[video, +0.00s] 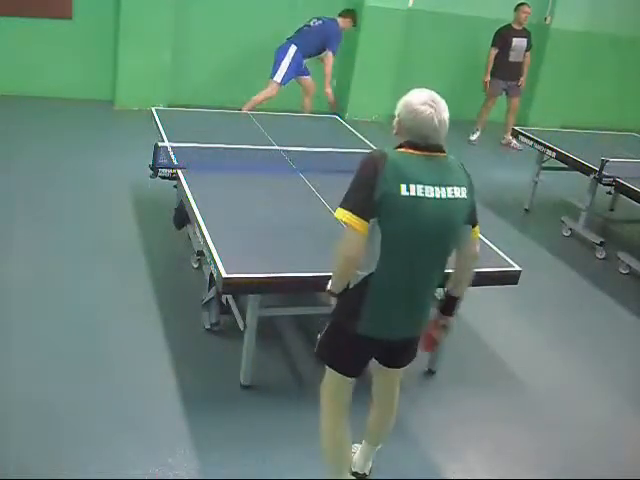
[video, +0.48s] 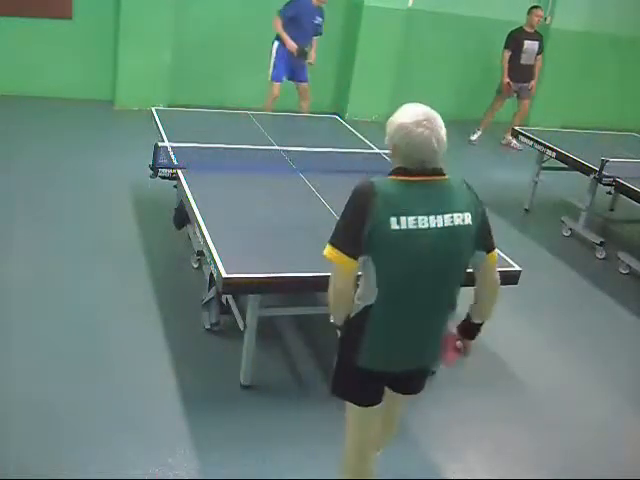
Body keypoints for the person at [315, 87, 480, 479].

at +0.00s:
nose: (392, 122)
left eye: (394, 118)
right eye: (395, 117)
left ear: (399, 126)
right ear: (443, 130)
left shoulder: (380, 165)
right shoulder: (459, 175)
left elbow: (352, 248)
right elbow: (469, 253)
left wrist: (336, 291)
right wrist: (447, 309)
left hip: (366, 307)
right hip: (414, 310)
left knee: (335, 394)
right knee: (387, 385)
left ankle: (340, 473)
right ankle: (362, 464)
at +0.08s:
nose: (391, 126)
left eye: (394, 121)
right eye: (396, 120)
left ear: (400, 128)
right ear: (444, 133)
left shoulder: (380, 168)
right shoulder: (459, 176)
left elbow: (351, 252)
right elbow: (473, 258)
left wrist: (338, 293)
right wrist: (459, 316)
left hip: (366, 309)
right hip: (414, 313)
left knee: (344, 402)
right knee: (387, 391)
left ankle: (348, 471)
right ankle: (365, 463)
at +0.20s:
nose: (392, 128)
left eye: (394, 124)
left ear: (398, 133)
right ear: (445, 137)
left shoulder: (377, 174)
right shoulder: (461, 182)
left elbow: (349, 253)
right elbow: (485, 259)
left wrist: (340, 301)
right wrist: (481, 318)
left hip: (368, 318)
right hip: (414, 320)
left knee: (354, 415)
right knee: (389, 387)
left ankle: (355, 470)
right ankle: (367, 459)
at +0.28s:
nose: (391, 131)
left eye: (394, 126)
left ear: (398, 136)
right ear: (445, 140)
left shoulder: (377, 179)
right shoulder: (462, 185)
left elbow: (347, 256)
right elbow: (487, 261)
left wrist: (339, 305)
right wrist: (483, 321)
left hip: (370, 322)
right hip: (417, 325)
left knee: (358, 416)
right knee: (390, 390)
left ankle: (358, 468)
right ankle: (367, 458)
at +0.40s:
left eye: (391, 137)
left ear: (393, 146)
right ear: (443, 147)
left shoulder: (371, 191)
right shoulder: (464, 194)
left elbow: (344, 273)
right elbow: (488, 275)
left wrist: (339, 317)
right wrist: (475, 331)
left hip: (372, 334)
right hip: (424, 335)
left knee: (361, 440)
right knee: (389, 408)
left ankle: (360, 467)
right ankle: (368, 455)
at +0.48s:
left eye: (390, 141)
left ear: (392, 149)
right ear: (441, 148)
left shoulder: (371, 195)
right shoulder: (465, 197)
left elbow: (343, 276)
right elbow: (490, 277)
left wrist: (341, 321)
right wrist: (470, 328)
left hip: (373, 337)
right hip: (427, 337)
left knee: (361, 443)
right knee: (390, 416)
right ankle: (369, 452)